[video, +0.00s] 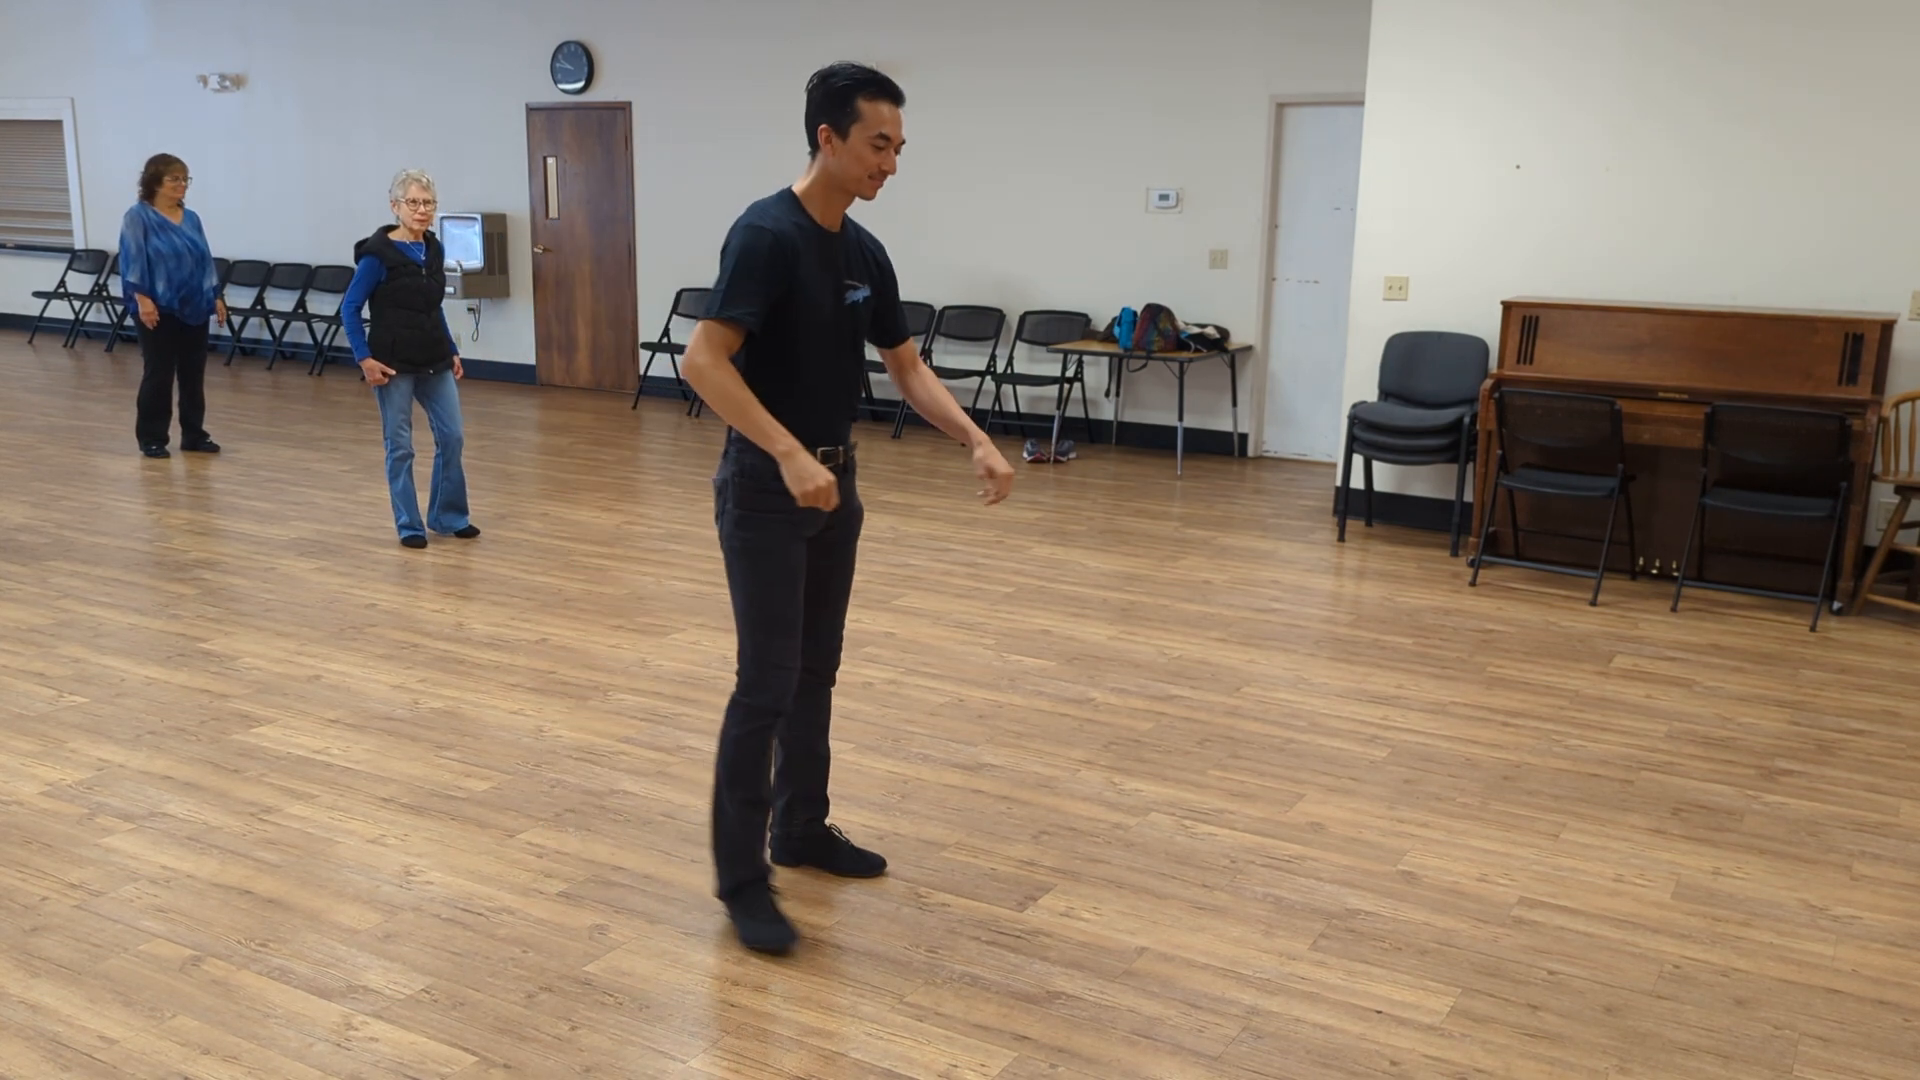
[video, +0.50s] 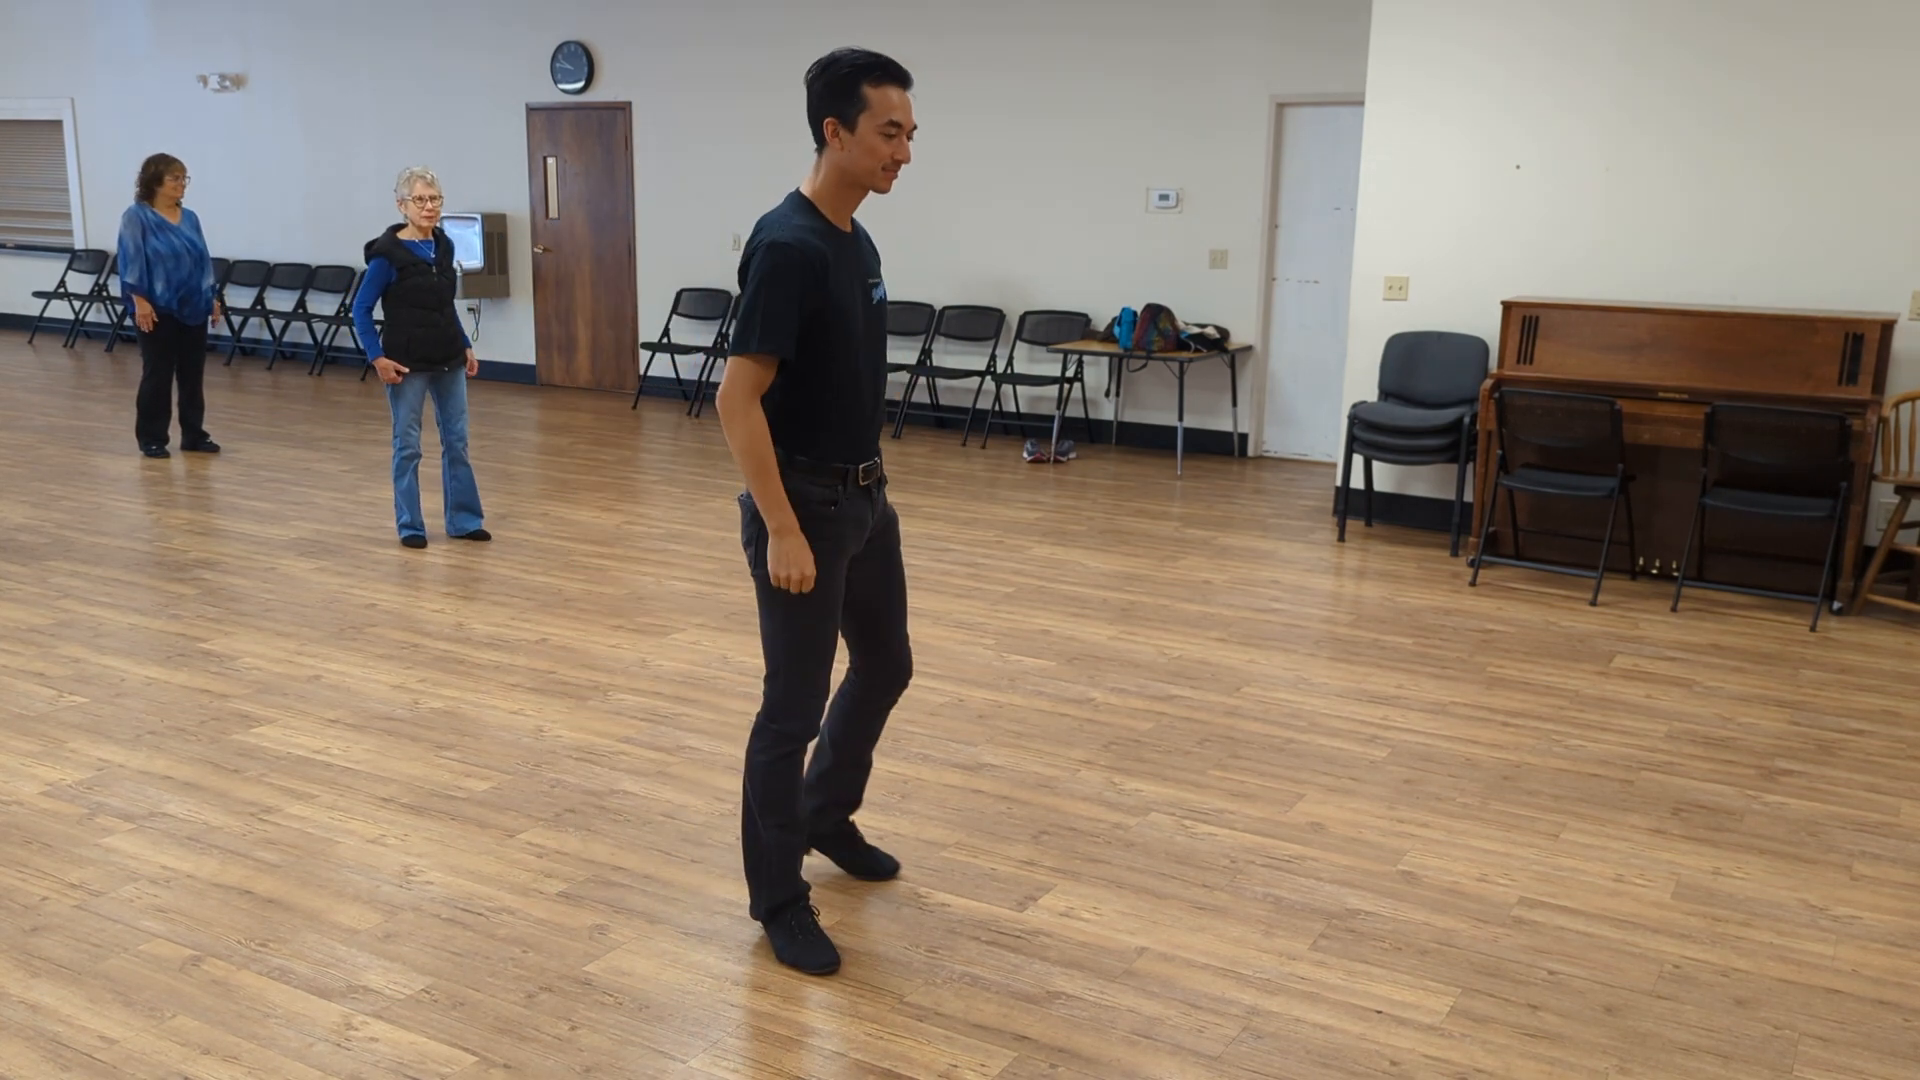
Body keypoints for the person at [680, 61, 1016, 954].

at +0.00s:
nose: (893, 160)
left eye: (898, 144)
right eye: (880, 141)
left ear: (866, 146)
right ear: (828, 137)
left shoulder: (864, 253)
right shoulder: (764, 234)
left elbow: (908, 366)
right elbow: (702, 360)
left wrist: (975, 437)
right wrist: (787, 452)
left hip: (833, 490)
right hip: (763, 492)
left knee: (814, 672)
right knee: (765, 683)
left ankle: (800, 826)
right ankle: (741, 880)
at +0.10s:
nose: (899, 160)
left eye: (903, 144)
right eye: (887, 141)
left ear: (867, 146)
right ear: (833, 137)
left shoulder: (867, 253)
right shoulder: (770, 238)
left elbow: (894, 377)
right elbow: (710, 368)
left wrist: (970, 442)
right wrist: (800, 455)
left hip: (844, 496)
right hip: (775, 499)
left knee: (819, 679)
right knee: (777, 696)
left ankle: (808, 829)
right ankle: (773, 896)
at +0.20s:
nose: (901, 158)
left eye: (906, 142)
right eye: (889, 140)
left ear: (877, 146)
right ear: (834, 137)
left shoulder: (865, 252)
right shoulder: (775, 241)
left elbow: (871, 378)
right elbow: (714, 379)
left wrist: (942, 459)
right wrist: (799, 475)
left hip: (851, 495)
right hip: (783, 503)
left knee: (831, 681)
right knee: (788, 699)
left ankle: (810, 828)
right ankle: (777, 899)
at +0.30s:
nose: (901, 153)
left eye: (906, 136)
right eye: (888, 135)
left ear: (867, 138)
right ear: (832, 133)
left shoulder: (861, 246)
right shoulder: (777, 243)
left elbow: (857, 382)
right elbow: (721, 383)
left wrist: (895, 478)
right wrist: (790, 498)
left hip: (856, 498)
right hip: (791, 507)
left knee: (844, 677)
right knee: (792, 702)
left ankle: (812, 824)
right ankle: (777, 899)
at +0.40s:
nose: (903, 147)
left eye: (906, 130)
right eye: (889, 130)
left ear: (863, 135)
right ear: (831, 131)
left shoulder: (858, 244)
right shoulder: (781, 244)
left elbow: (843, 379)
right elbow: (728, 391)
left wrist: (863, 483)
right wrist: (782, 515)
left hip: (859, 498)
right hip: (797, 505)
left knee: (868, 668)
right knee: (794, 703)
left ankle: (819, 815)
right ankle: (777, 900)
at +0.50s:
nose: (906, 148)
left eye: (909, 130)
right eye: (891, 130)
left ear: (867, 136)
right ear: (834, 133)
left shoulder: (856, 242)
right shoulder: (785, 246)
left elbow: (840, 381)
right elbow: (736, 400)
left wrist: (863, 486)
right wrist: (782, 528)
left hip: (862, 502)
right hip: (801, 512)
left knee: (883, 668)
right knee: (791, 710)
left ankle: (824, 813)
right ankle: (777, 900)